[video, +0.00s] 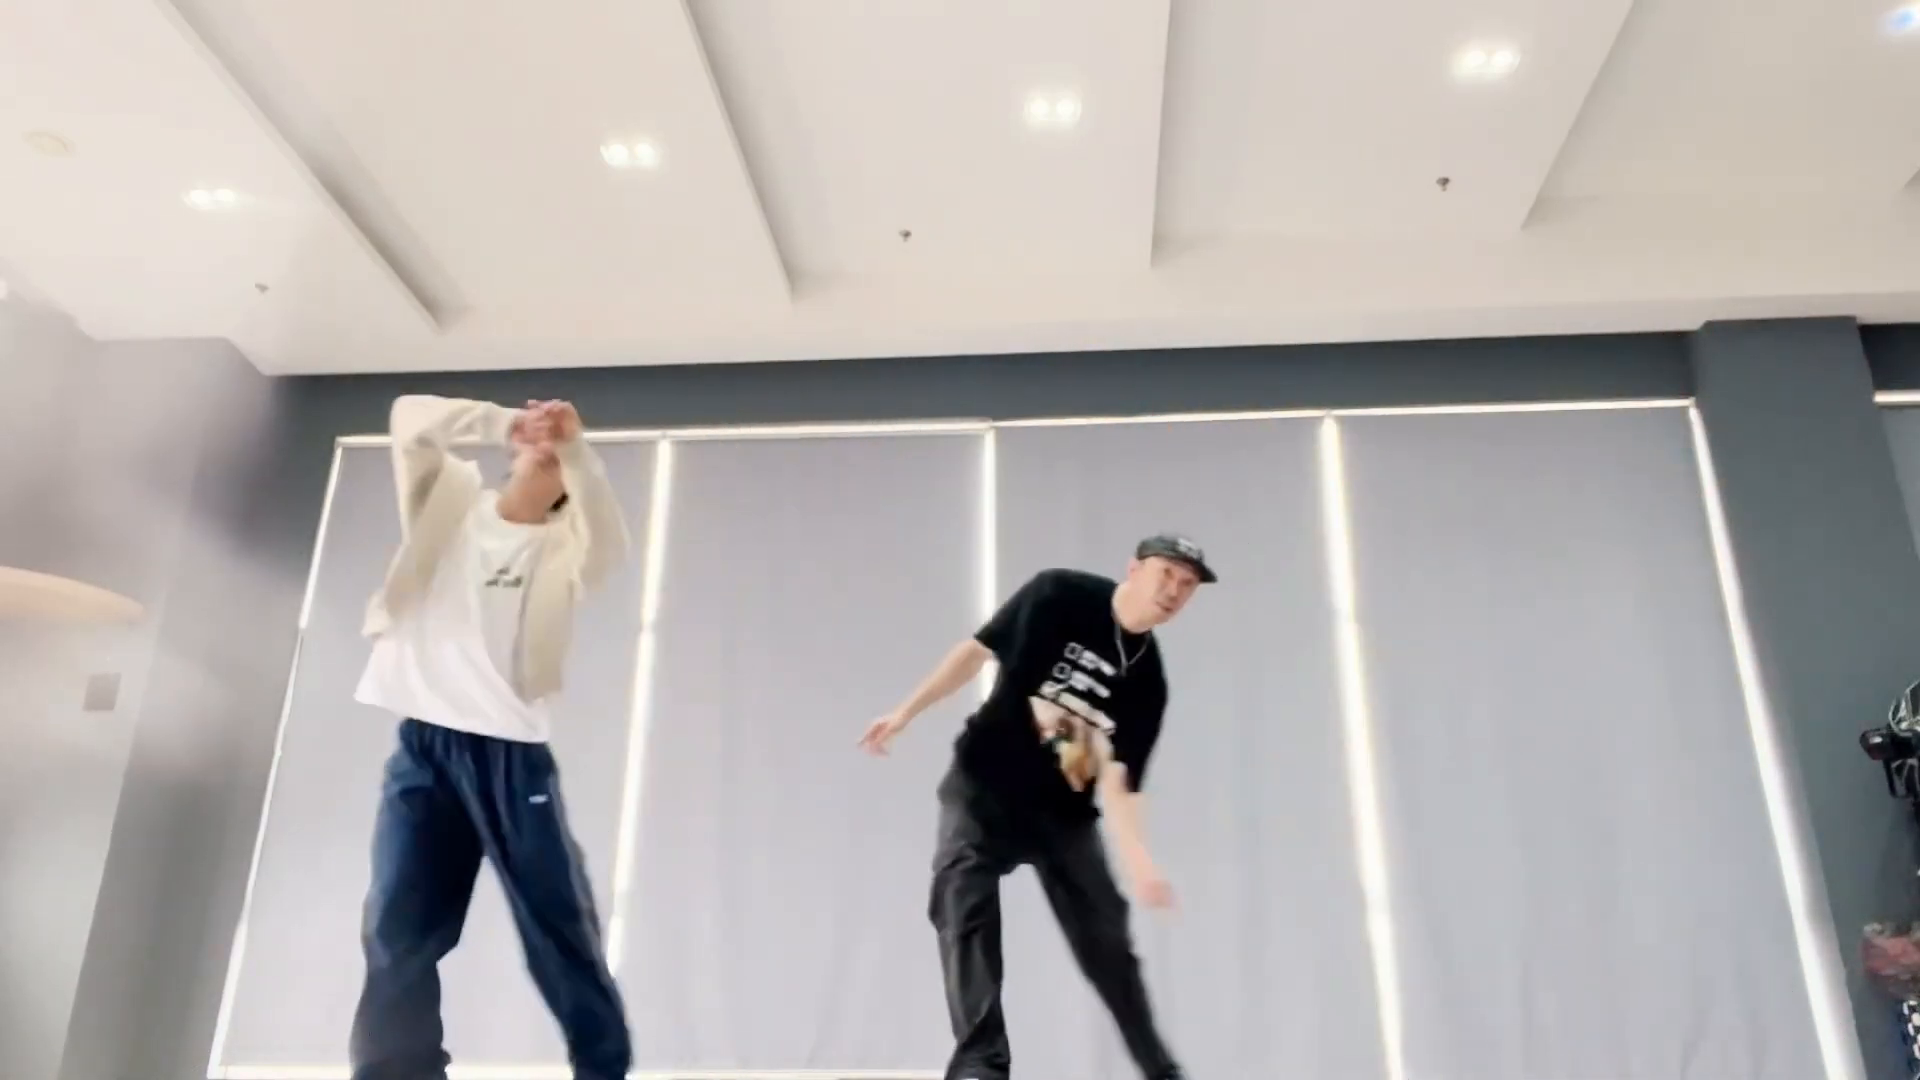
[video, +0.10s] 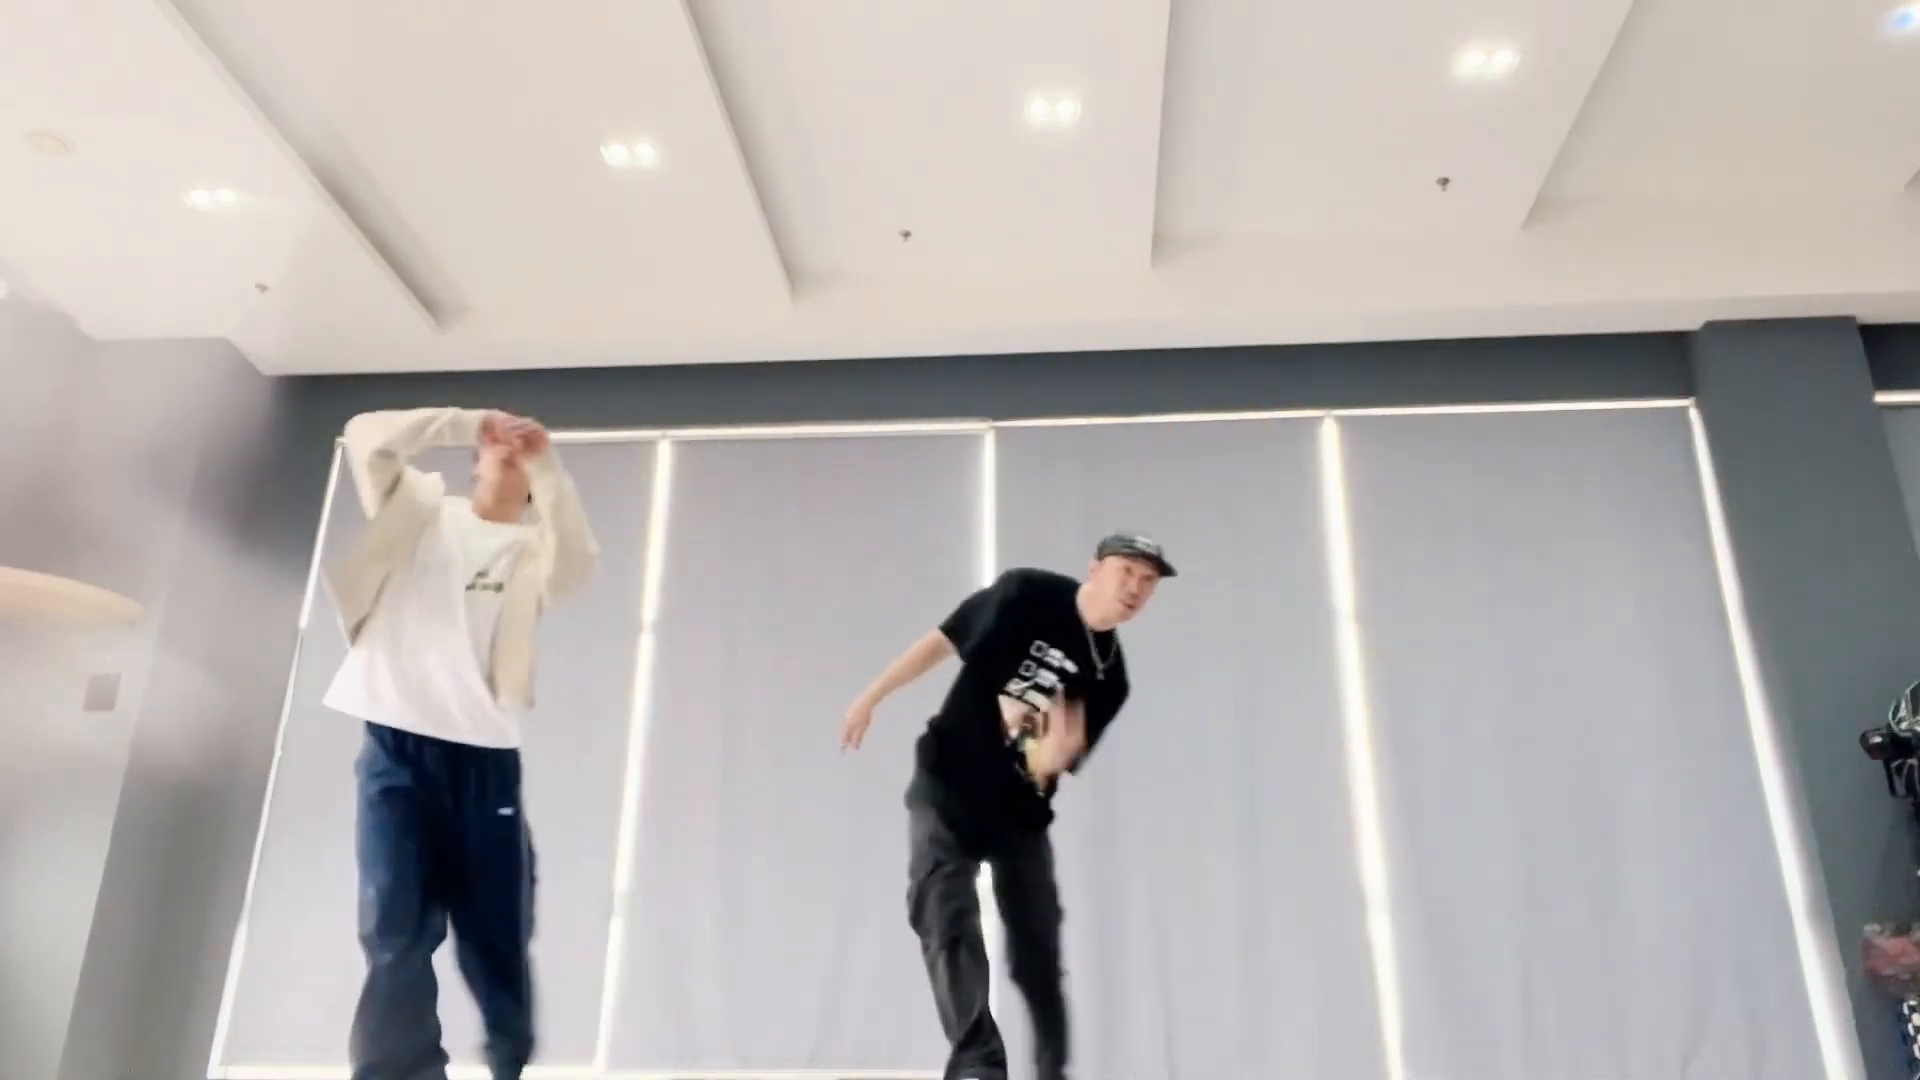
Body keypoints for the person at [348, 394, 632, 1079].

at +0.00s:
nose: (540, 445)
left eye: (555, 447)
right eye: (534, 438)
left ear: (570, 475)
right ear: (513, 447)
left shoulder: (571, 543)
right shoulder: (447, 502)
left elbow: (608, 545)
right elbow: (410, 421)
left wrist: (573, 443)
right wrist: (508, 424)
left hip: (512, 758)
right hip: (423, 749)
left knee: (562, 940)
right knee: (395, 940)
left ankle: (603, 1069)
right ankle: (399, 1074)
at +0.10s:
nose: (508, 446)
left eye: (523, 443)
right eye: (496, 434)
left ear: (536, 472)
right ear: (475, 453)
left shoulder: (537, 544)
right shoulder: (414, 505)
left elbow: (577, 565)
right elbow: (366, 440)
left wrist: (544, 463)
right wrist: (464, 423)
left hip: (485, 761)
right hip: (396, 750)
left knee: (497, 937)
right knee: (393, 933)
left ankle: (511, 1060)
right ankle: (400, 1073)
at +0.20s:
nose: (473, 459)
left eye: (484, 452)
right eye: (460, 447)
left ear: (495, 467)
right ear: (443, 458)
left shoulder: (505, 546)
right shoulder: (388, 519)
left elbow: (542, 568)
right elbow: (334, 487)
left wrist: (502, 469)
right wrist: (428, 439)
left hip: (458, 759)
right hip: (370, 741)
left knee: (427, 932)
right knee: (380, 925)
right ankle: (413, 1069)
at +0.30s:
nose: (431, 458)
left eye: (448, 449)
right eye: (419, 448)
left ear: (472, 472)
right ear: (405, 468)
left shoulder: (489, 542)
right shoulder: (373, 528)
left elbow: (500, 579)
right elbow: (324, 548)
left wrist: (464, 477)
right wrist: (392, 464)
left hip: (431, 751)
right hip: (349, 732)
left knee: (361, 912)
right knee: (317, 867)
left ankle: (287, 1056)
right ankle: (365, 1046)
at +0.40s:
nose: (404, 506)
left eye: (420, 497)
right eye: (396, 494)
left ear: (444, 513)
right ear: (379, 506)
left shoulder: (458, 580)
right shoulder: (347, 561)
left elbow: (484, 600)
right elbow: (307, 607)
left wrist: (441, 511)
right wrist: (358, 511)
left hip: (401, 773)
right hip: (320, 749)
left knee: (324, 938)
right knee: (252, 828)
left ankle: (248, 1063)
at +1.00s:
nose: (555, 497)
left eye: (569, 490)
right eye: (544, 488)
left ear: (588, 514)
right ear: (522, 506)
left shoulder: (602, 595)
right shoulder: (466, 534)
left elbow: (616, 688)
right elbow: (356, 505)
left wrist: (654, 738)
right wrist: (247, 493)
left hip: (537, 793)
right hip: (444, 782)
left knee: (583, 899)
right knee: (358, 938)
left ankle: (628, 1072)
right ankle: (263, 1052)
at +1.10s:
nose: (583, 486)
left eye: (597, 480)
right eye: (571, 479)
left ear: (615, 507)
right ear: (552, 500)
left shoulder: (636, 597)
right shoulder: (495, 546)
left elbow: (656, 702)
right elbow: (373, 577)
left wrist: (698, 775)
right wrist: (277, 626)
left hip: (574, 779)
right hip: (478, 773)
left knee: (596, 898)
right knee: (406, 945)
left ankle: (613, 1070)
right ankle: (390, 1070)